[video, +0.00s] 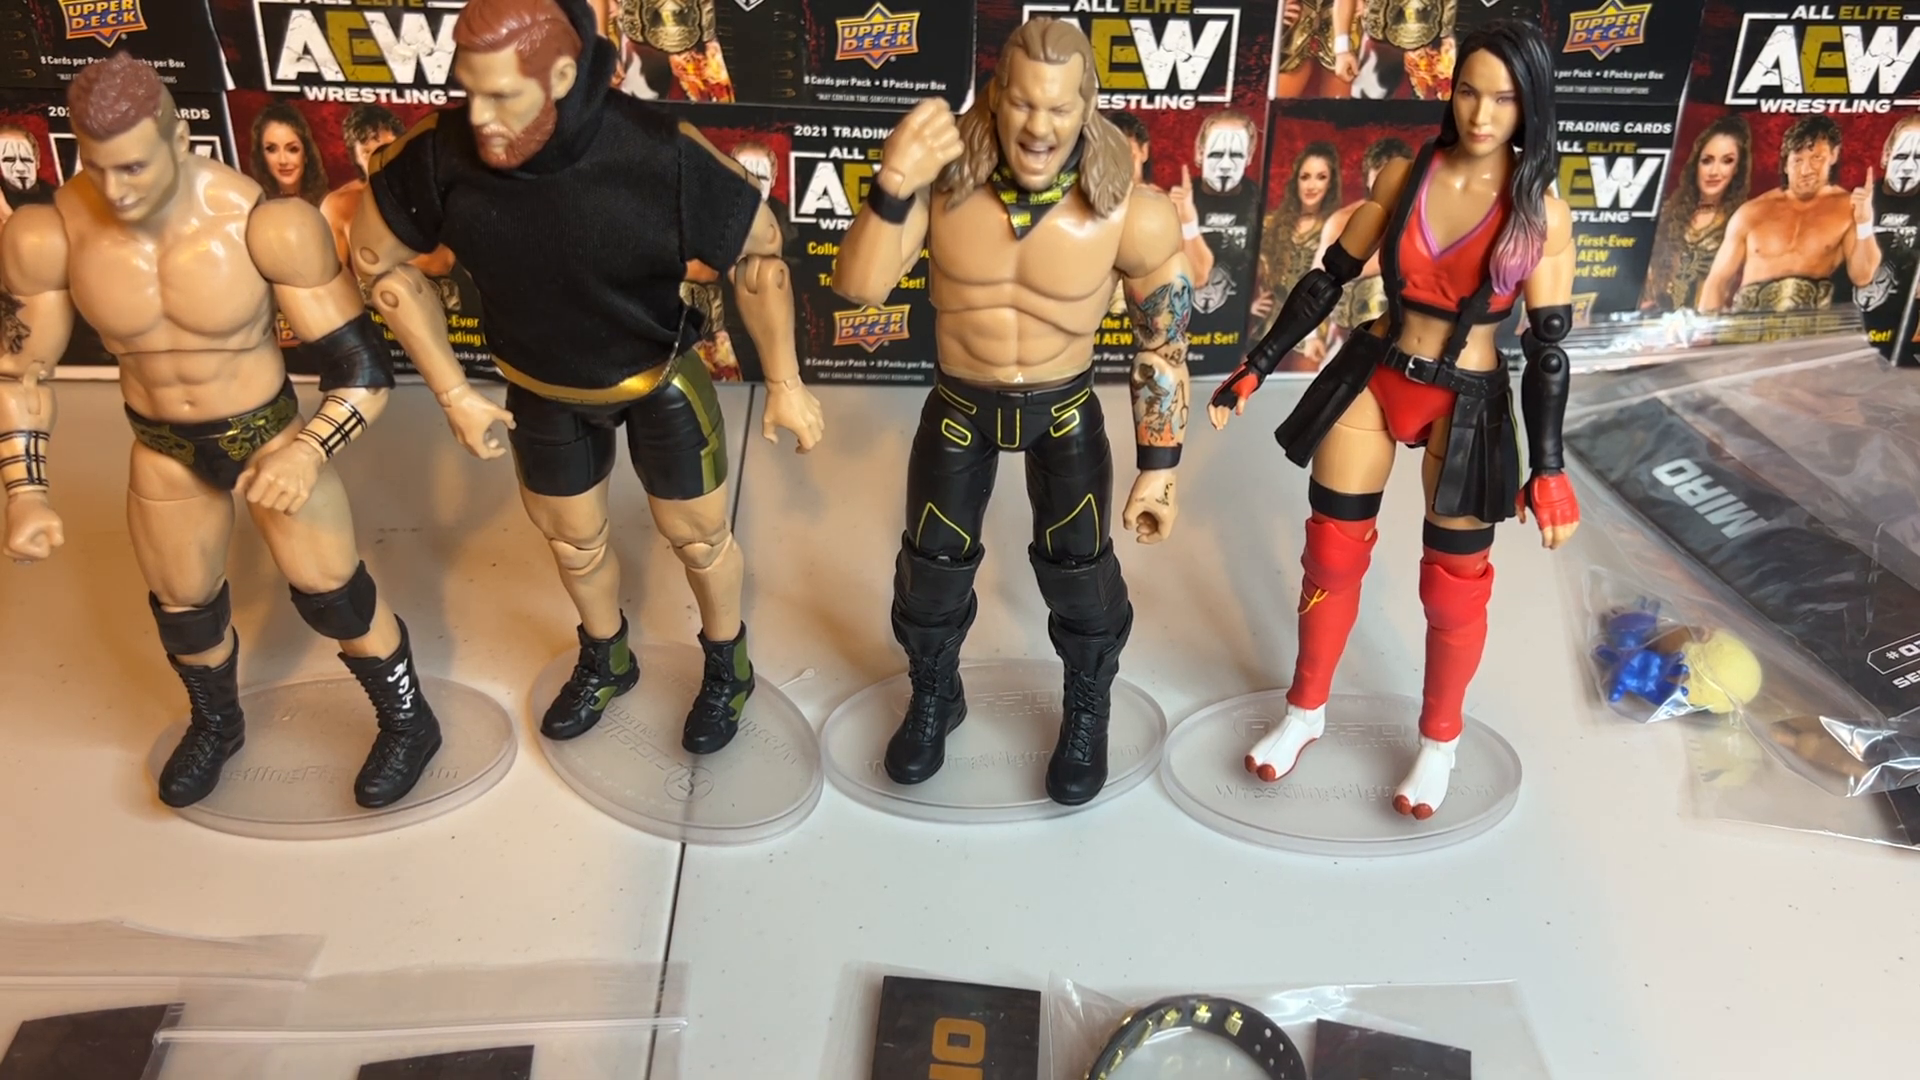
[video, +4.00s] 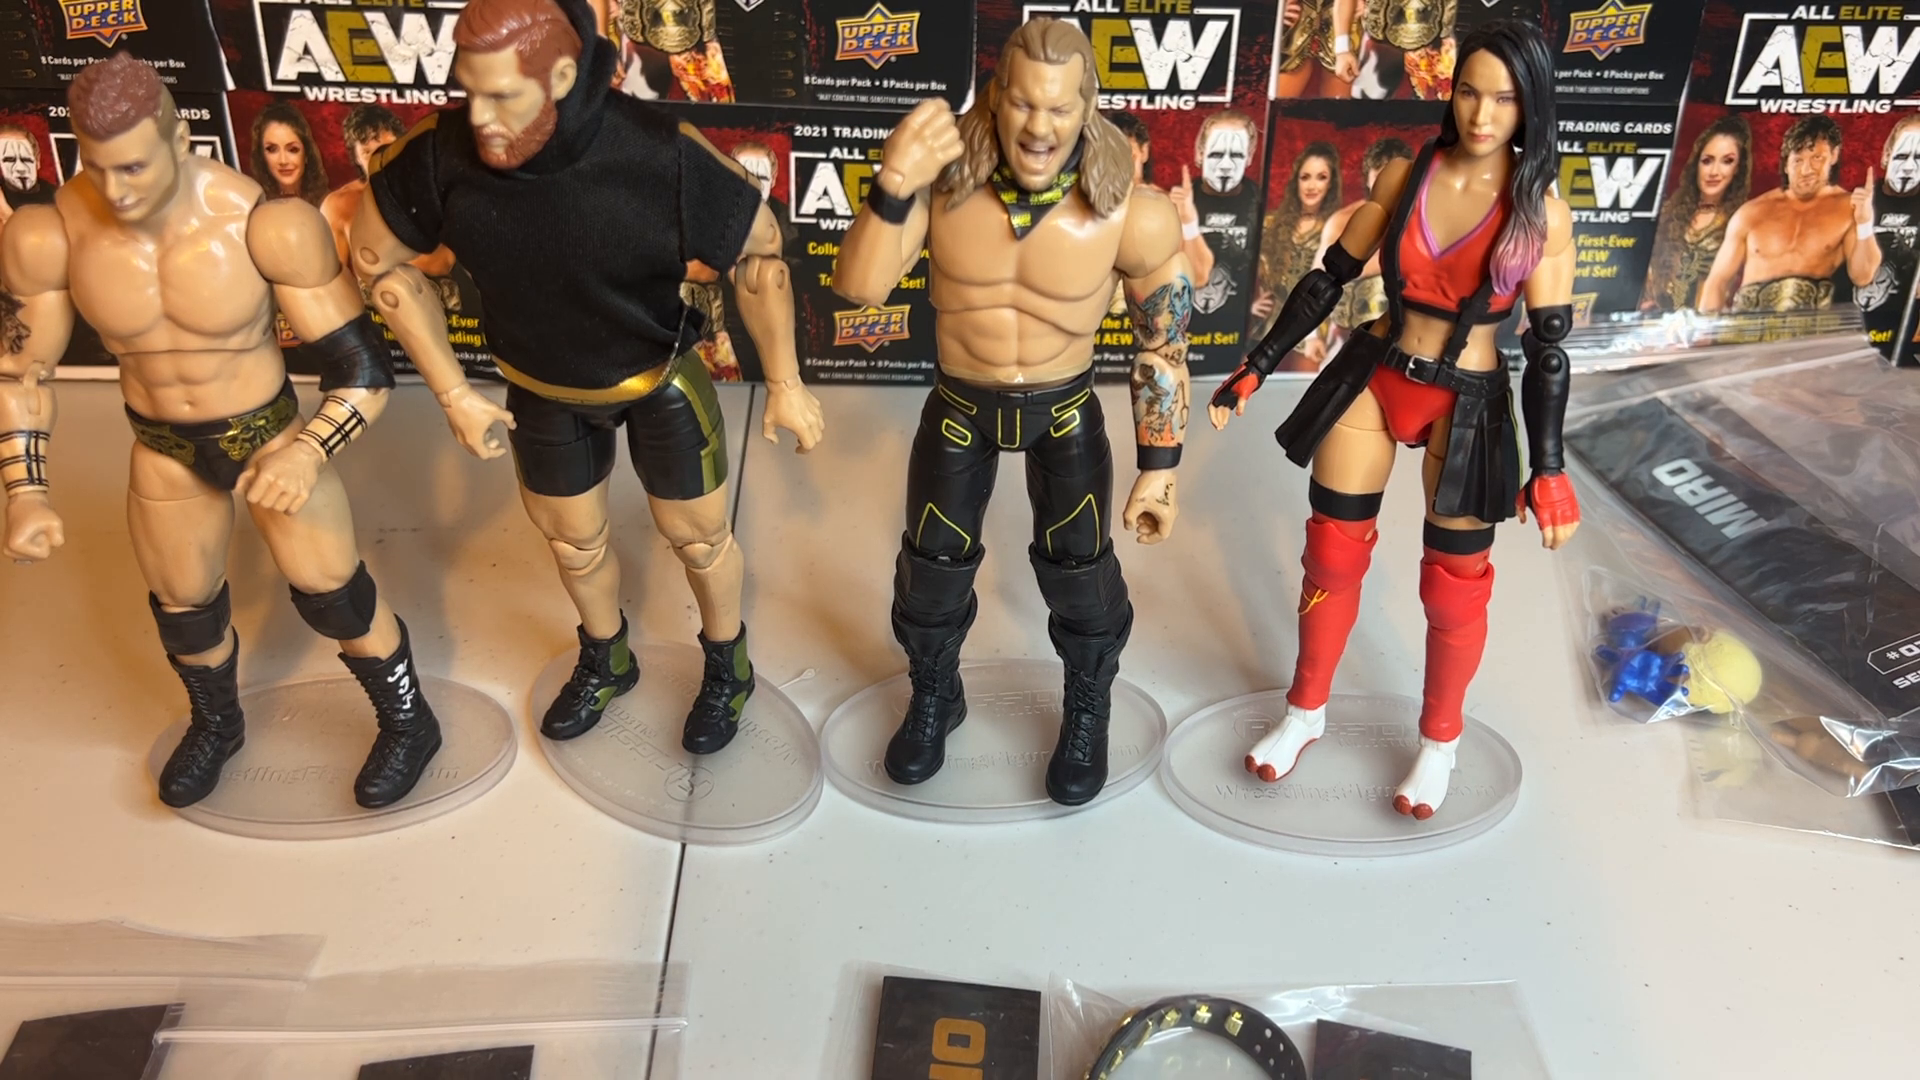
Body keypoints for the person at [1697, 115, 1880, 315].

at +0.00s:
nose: (1806, 169)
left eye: (1816, 158)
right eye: (1797, 160)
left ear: (1834, 156)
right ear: (1785, 163)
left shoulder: (1847, 207)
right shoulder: (1750, 212)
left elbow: (1861, 277)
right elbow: (1718, 281)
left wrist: (1864, 223)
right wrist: (1704, 335)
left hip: (1810, 315)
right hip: (1748, 312)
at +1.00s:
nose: (1806, 169)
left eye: (1816, 158)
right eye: (1797, 160)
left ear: (1834, 156)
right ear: (1785, 163)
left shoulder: (1848, 207)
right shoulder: (1750, 212)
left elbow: (1862, 277)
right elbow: (1718, 282)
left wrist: (1864, 223)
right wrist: (1704, 336)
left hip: (1810, 316)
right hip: (1748, 314)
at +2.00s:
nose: (1806, 169)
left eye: (1816, 158)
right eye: (1797, 160)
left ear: (1834, 156)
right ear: (1785, 163)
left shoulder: (1848, 207)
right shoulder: (1750, 213)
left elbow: (1862, 277)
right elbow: (1718, 281)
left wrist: (1864, 223)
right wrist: (1703, 336)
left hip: (1810, 316)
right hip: (1748, 314)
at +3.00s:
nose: (1806, 170)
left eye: (1817, 158)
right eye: (1798, 160)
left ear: (1834, 156)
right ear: (1785, 163)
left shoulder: (1848, 207)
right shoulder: (1751, 213)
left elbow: (1862, 277)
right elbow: (1718, 281)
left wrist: (1864, 223)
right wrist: (1704, 336)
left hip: (1810, 316)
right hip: (1748, 313)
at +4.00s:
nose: (1806, 169)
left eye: (1817, 158)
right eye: (1798, 160)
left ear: (1834, 156)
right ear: (1785, 162)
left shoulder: (1848, 207)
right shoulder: (1750, 212)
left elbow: (1862, 277)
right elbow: (1718, 281)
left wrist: (1864, 224)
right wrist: (1704, 336)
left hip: (1810, 315)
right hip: (1748, 313)